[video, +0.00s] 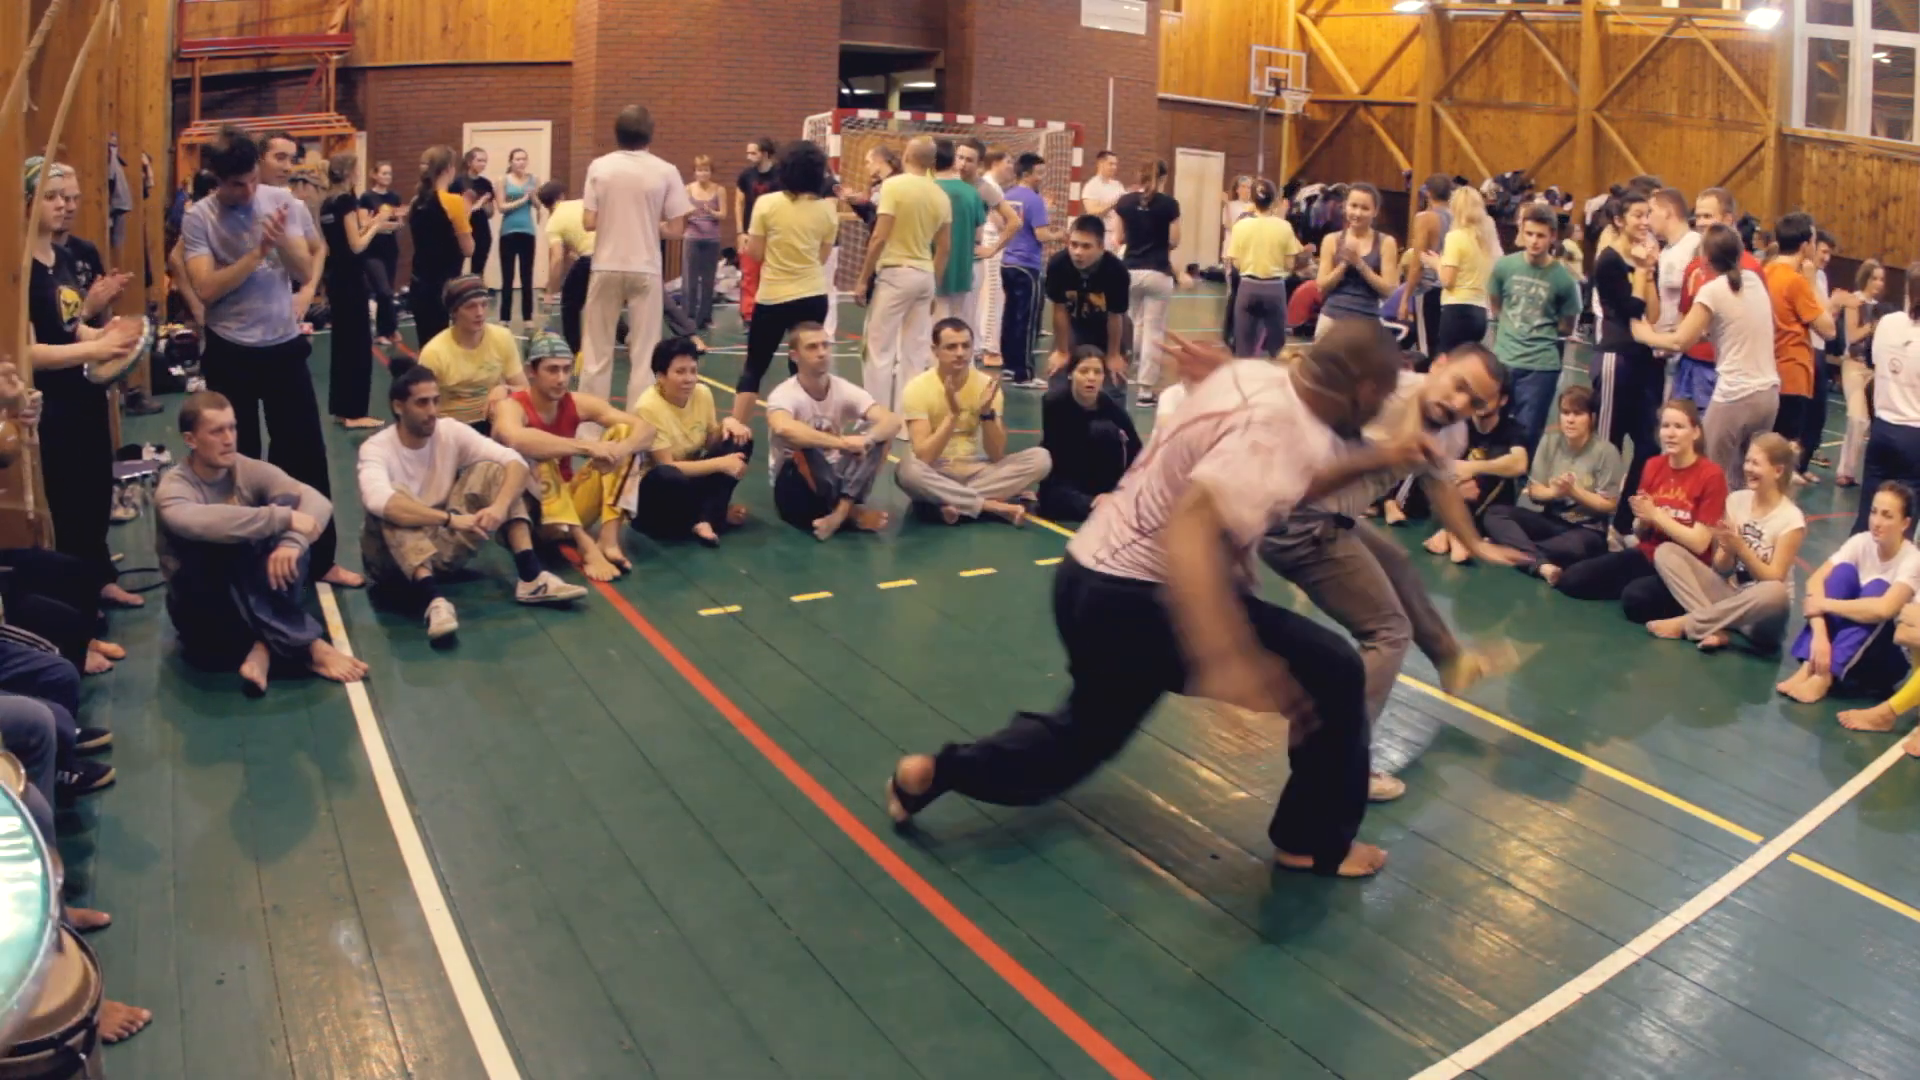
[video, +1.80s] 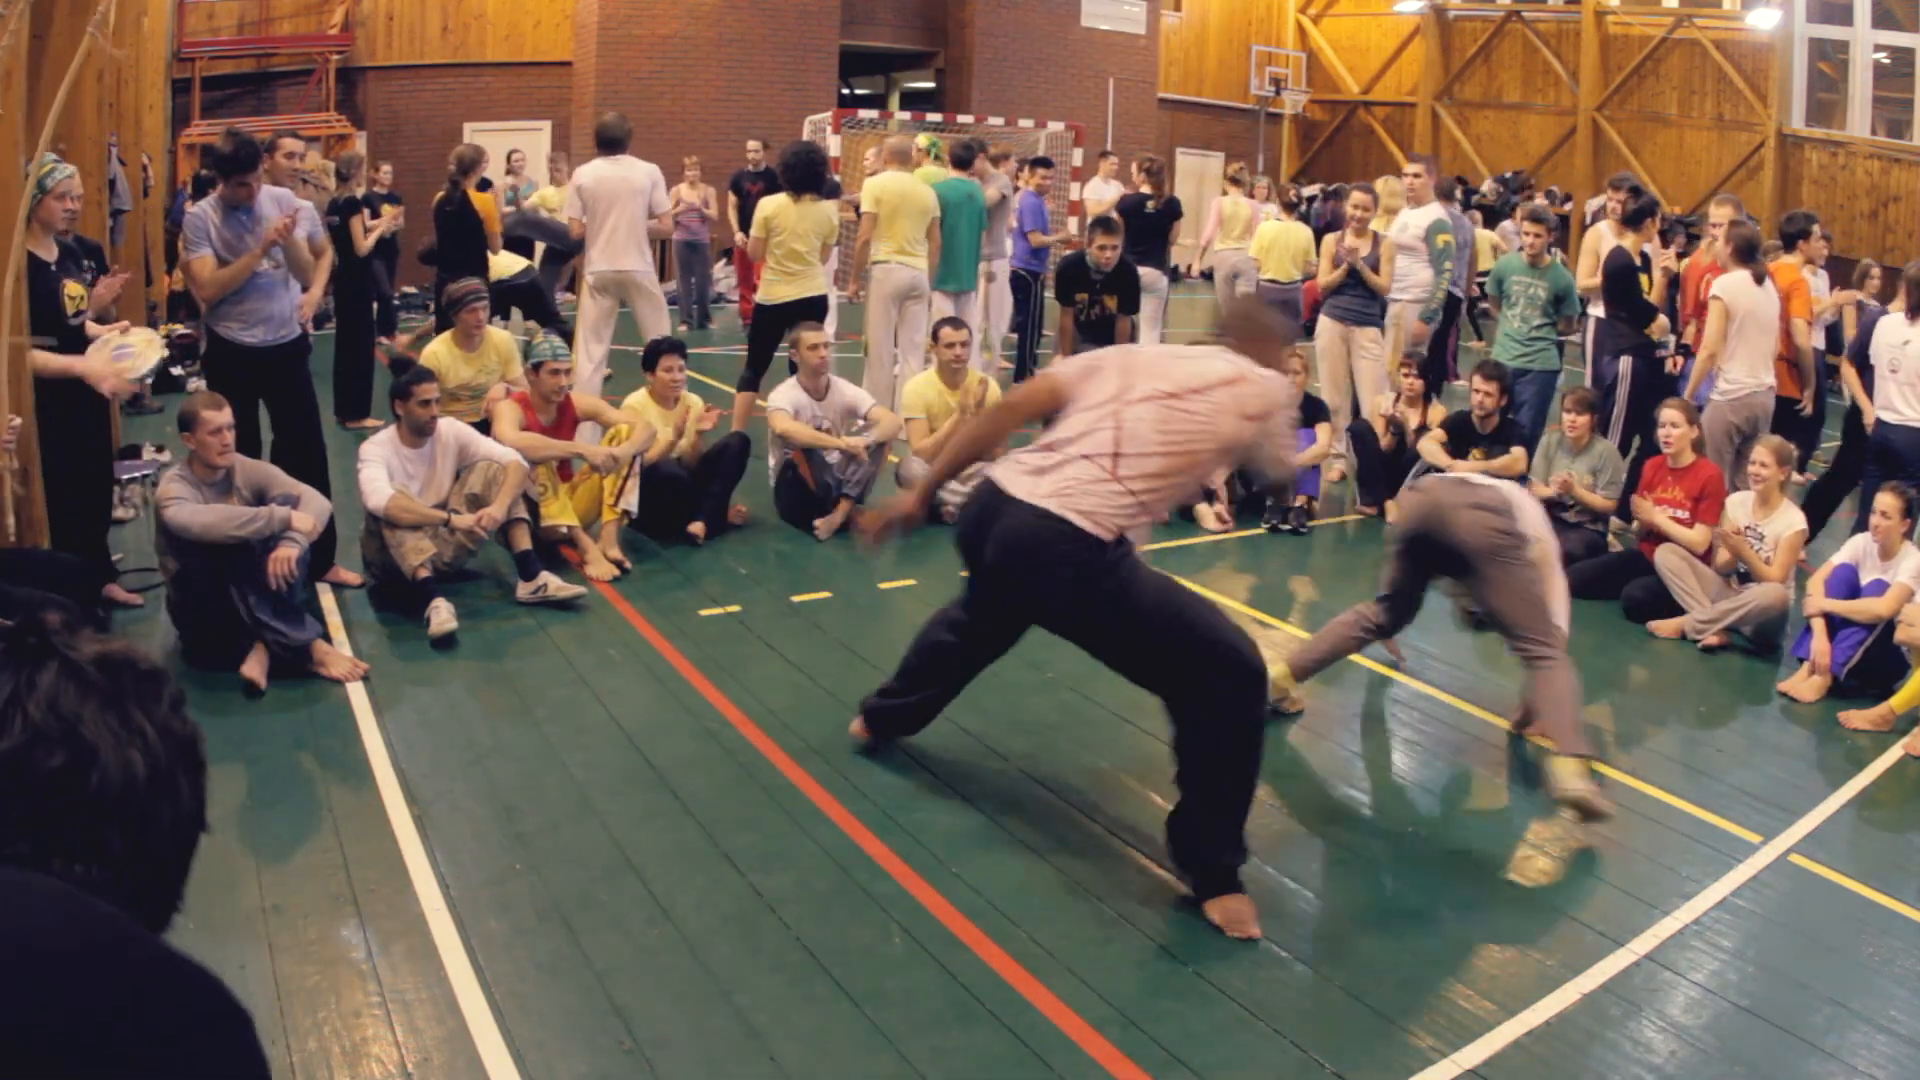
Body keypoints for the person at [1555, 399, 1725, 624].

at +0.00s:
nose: (1670, 433)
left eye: (1679, 426)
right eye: (1665, 426)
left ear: (1696, 432)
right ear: (1658, 430)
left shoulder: (1711, 475)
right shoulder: (1653, 465)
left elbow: (1699, 543)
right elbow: (1639, 530)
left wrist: (1654, 514)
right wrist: (1644, 517)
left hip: (1684, 566)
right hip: (1647, 555)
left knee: (1635, 600)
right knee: (1571, 581)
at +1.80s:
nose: (1666, 433)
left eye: (1675, 426)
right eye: (1661, 426)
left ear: (1694, 431)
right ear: (1656, 430)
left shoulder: (1710, 475)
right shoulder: (1652, 466)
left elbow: (1699, 544)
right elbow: (1637, 530)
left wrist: (1654, 517)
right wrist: (1645, 517)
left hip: (1682, 565)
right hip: (1645, 555)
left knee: (1635, 600)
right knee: (1572, 580)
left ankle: (1692, 603)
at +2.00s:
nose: (1665, 433)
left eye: (1674, 426)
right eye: (1660, 426)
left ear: (1691, 431)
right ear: (1654, 430)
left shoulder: (1709, 474)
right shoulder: (1649, 467)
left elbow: (1699, 540)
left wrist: (1653, 515)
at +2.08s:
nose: (1664, 433)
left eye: (1673, 426)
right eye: (1659, 426)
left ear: (1689, 431)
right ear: (1653, 431)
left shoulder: (1708, 474)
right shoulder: (1648, 467)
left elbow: (1698, 538)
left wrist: (1652, 517)